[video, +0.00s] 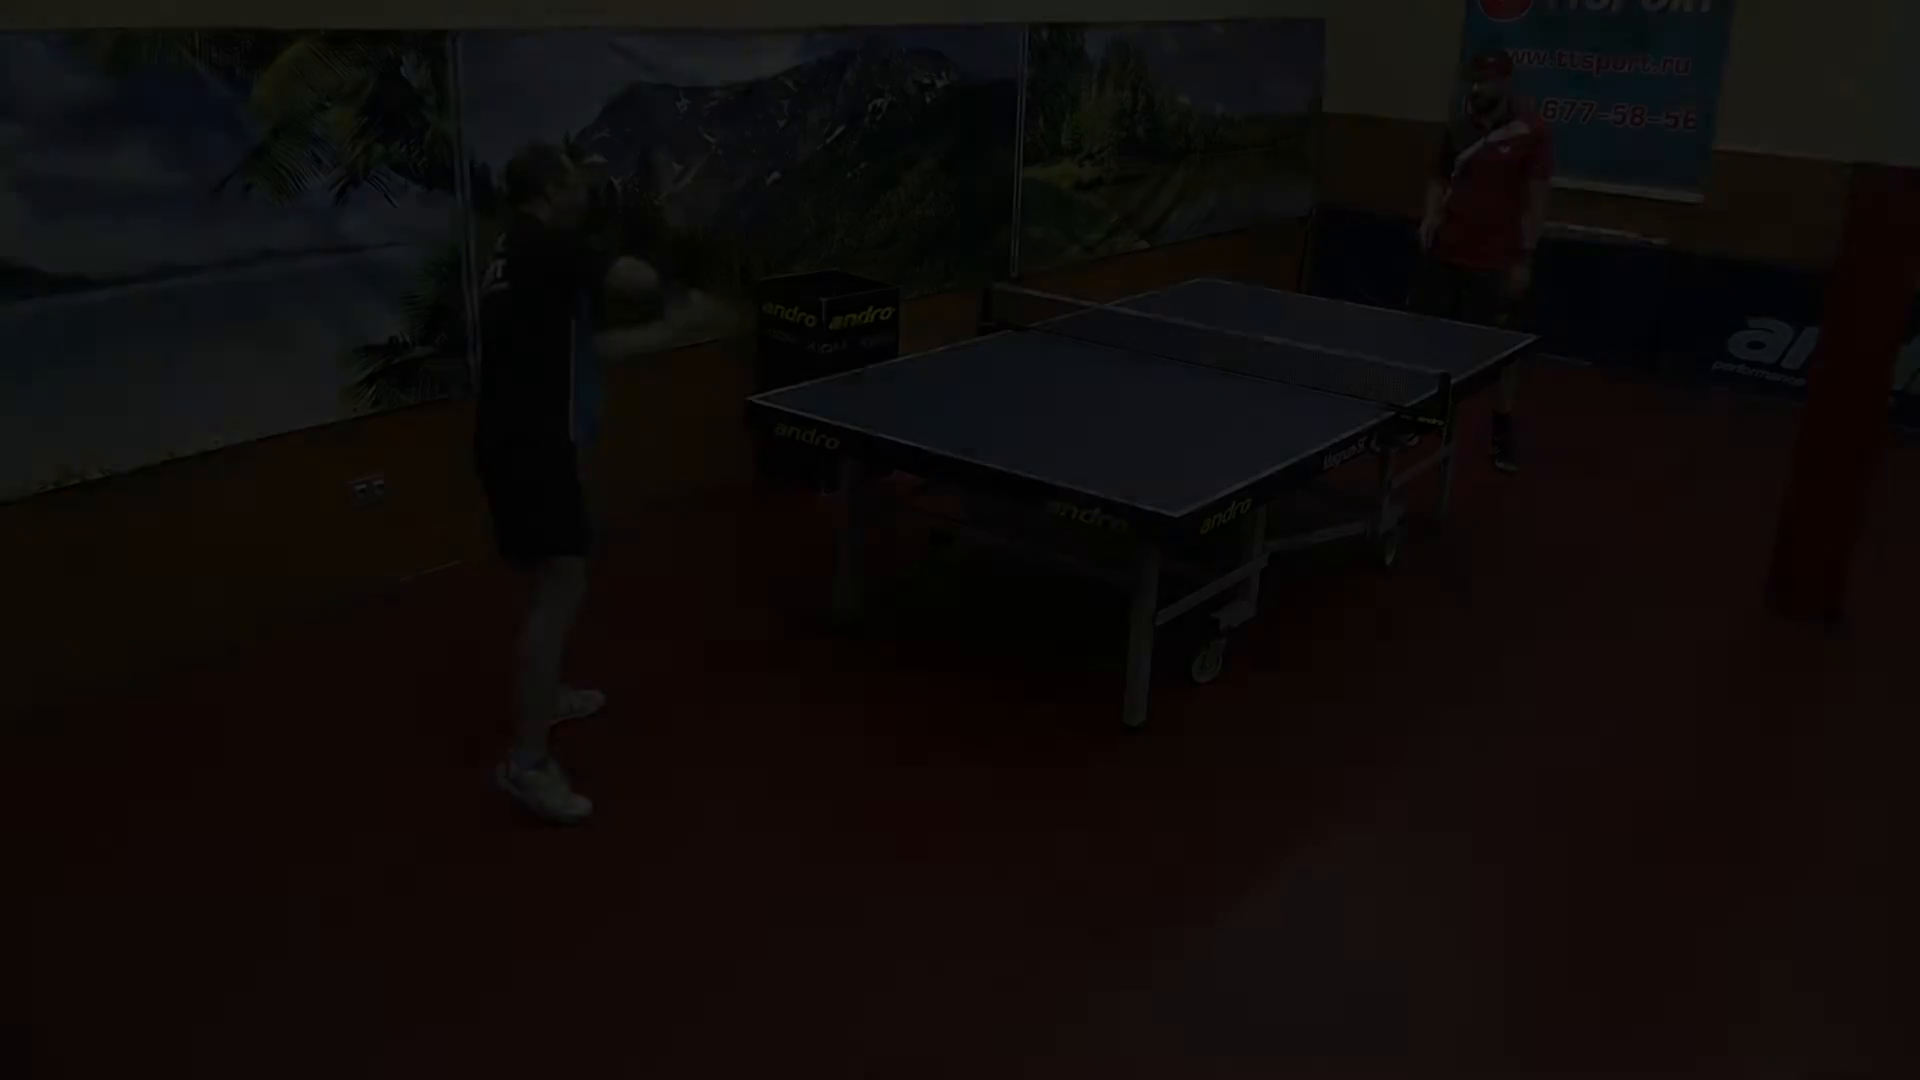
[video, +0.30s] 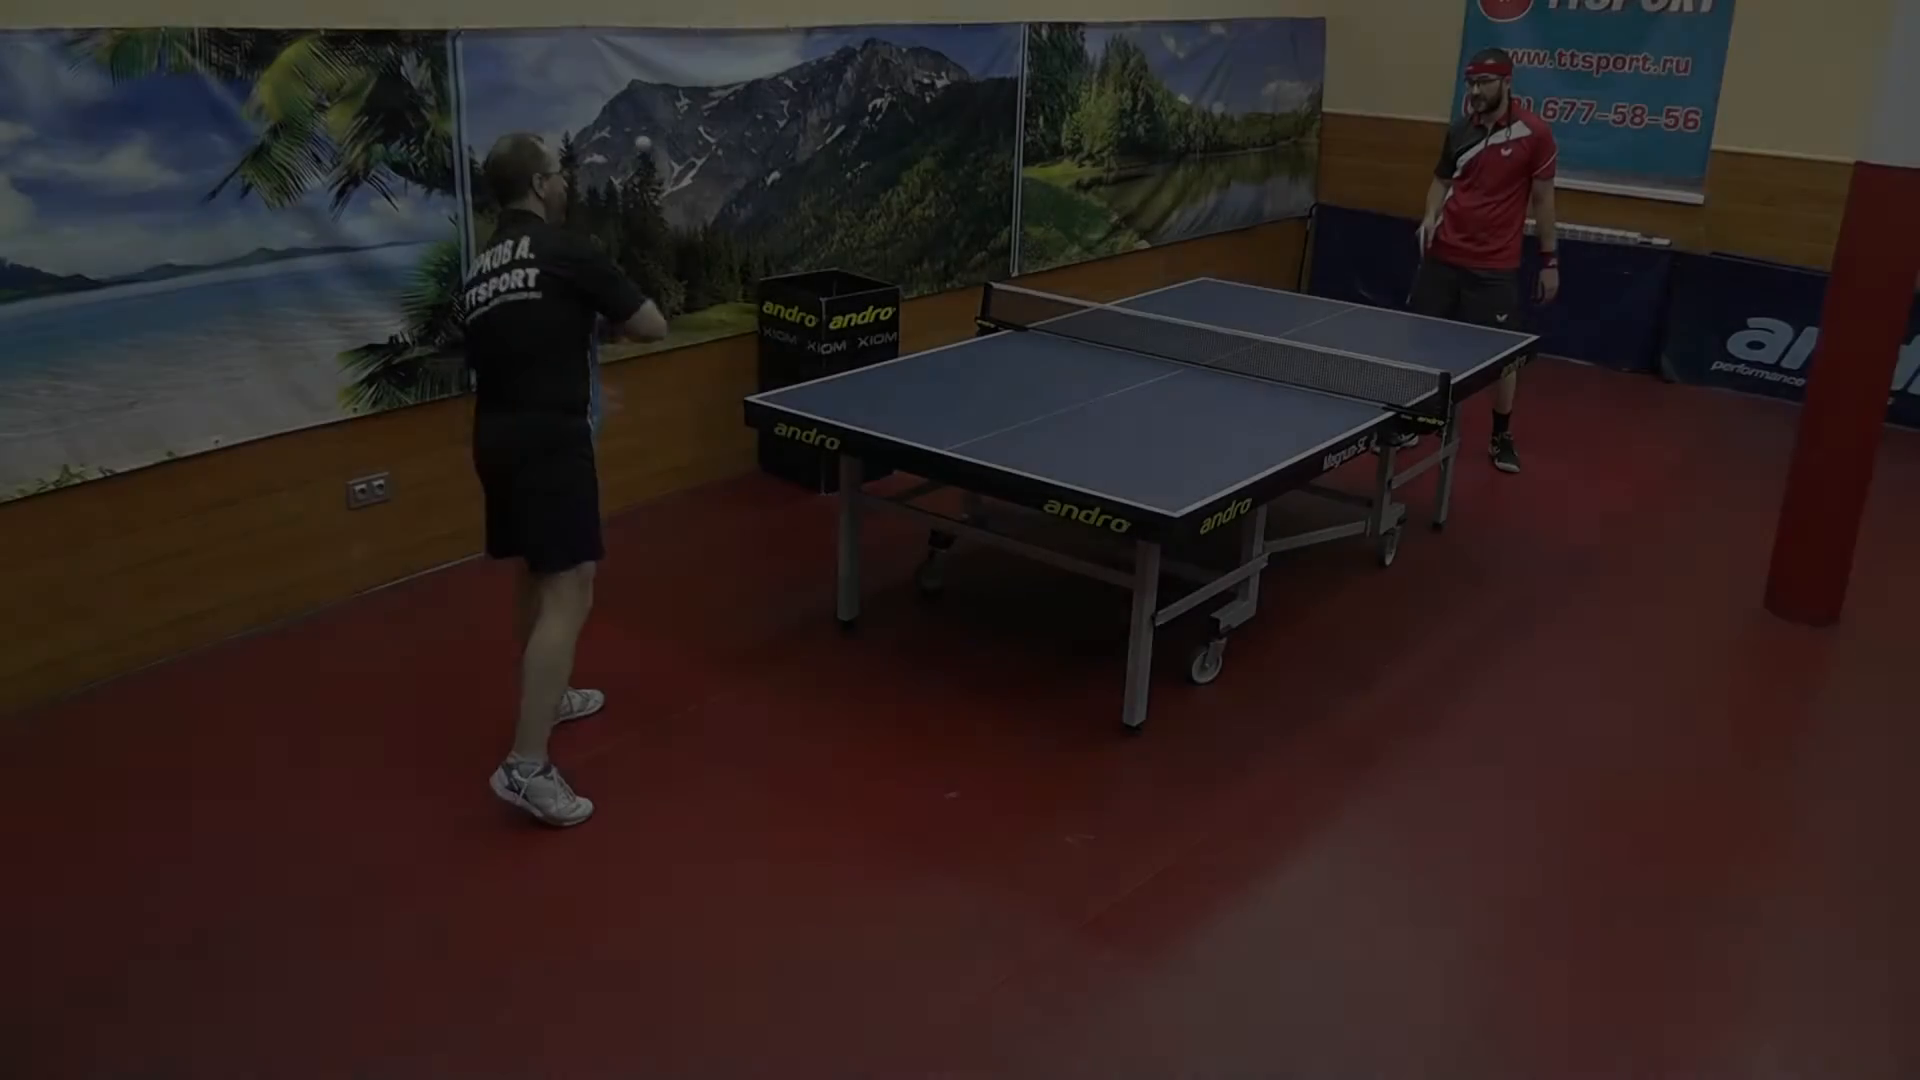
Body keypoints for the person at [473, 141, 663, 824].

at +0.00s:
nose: (582, 193)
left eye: (576, 182)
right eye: (572, 184)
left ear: (526, 197)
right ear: (550, 194)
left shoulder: (515, 253)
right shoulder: (550, 253)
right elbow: (636, 278)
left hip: (515, 438)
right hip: (535, 442)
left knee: (558, 570)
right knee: (560, 582)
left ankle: (544, 688)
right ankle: (527, 756)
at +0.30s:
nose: (566, 182)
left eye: (561, 171)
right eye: (559, 174)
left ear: (501, 193)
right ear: (539, 186)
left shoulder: (478, 268)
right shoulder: (566, 250)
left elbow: (489, 349)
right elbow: (653, 326)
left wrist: (579, 332)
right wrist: (597, 328)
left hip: (497, 442)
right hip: (553, 441)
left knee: (539, 577)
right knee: (568, 597)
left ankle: (547, 694)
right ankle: (525, 765)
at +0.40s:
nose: (565, 187)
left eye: (560, 177)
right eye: (559, 179)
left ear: (501, 197)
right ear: (541, 190)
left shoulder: (476, 272)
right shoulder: (574, 253)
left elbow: (465, 375)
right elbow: (646, 340)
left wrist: (525, 349)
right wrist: (590, 330)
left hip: (495, 447)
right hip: (556, 447)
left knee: (531, 579)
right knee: (564, 606)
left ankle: (546, 695)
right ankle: (521, 770)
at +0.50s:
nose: (568, 200)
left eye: (564, 191)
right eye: (564, 191)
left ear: (503, 207)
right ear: (547, 199)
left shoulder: (473, 277)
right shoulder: (576, 259)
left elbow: (458, 384)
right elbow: (642, 349)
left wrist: (516, 377)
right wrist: (583, 345)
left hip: (492, 454)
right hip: (556, 454)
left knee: (528, 582)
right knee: (558, 616)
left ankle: (545, 696)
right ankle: (514, 779)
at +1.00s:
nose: (577, 208)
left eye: (574, 197)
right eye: (571, 197)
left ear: (517, 208)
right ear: (547, 204)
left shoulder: (484, 273)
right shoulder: (544, 267)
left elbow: (493, 376)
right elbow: (601, 335)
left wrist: (561, 421)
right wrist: (711, 327)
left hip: (484, 461)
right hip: (529, 464)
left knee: (531, 592)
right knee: (575, 625)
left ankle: (543, 694)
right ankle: (529, 795)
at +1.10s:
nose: (584, 215)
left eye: (580, 204)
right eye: (577, 205)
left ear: (526, 216)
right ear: (551, 213)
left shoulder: (487, 281)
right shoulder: (548, 280)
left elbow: (497, 381)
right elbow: (589, 357)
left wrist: (566, 425)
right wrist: (705, 358)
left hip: (483, 474)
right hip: (527, 480)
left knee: (534, 597)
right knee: (564, 646)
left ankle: (540, 694)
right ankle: (543, 816)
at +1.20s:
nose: (593, 226)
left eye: (589, 213)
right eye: (587, 215)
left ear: (531, 224)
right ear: (560, 222)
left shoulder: (489, 290)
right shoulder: (552, 295)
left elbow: (491, 390)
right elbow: (593, 390)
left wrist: (561, 432)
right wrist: (708, 412)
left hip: (476, 485)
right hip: (521, 493)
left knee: (525, 601)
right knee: (565, 650)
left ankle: (541, 696)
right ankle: (541, 823)